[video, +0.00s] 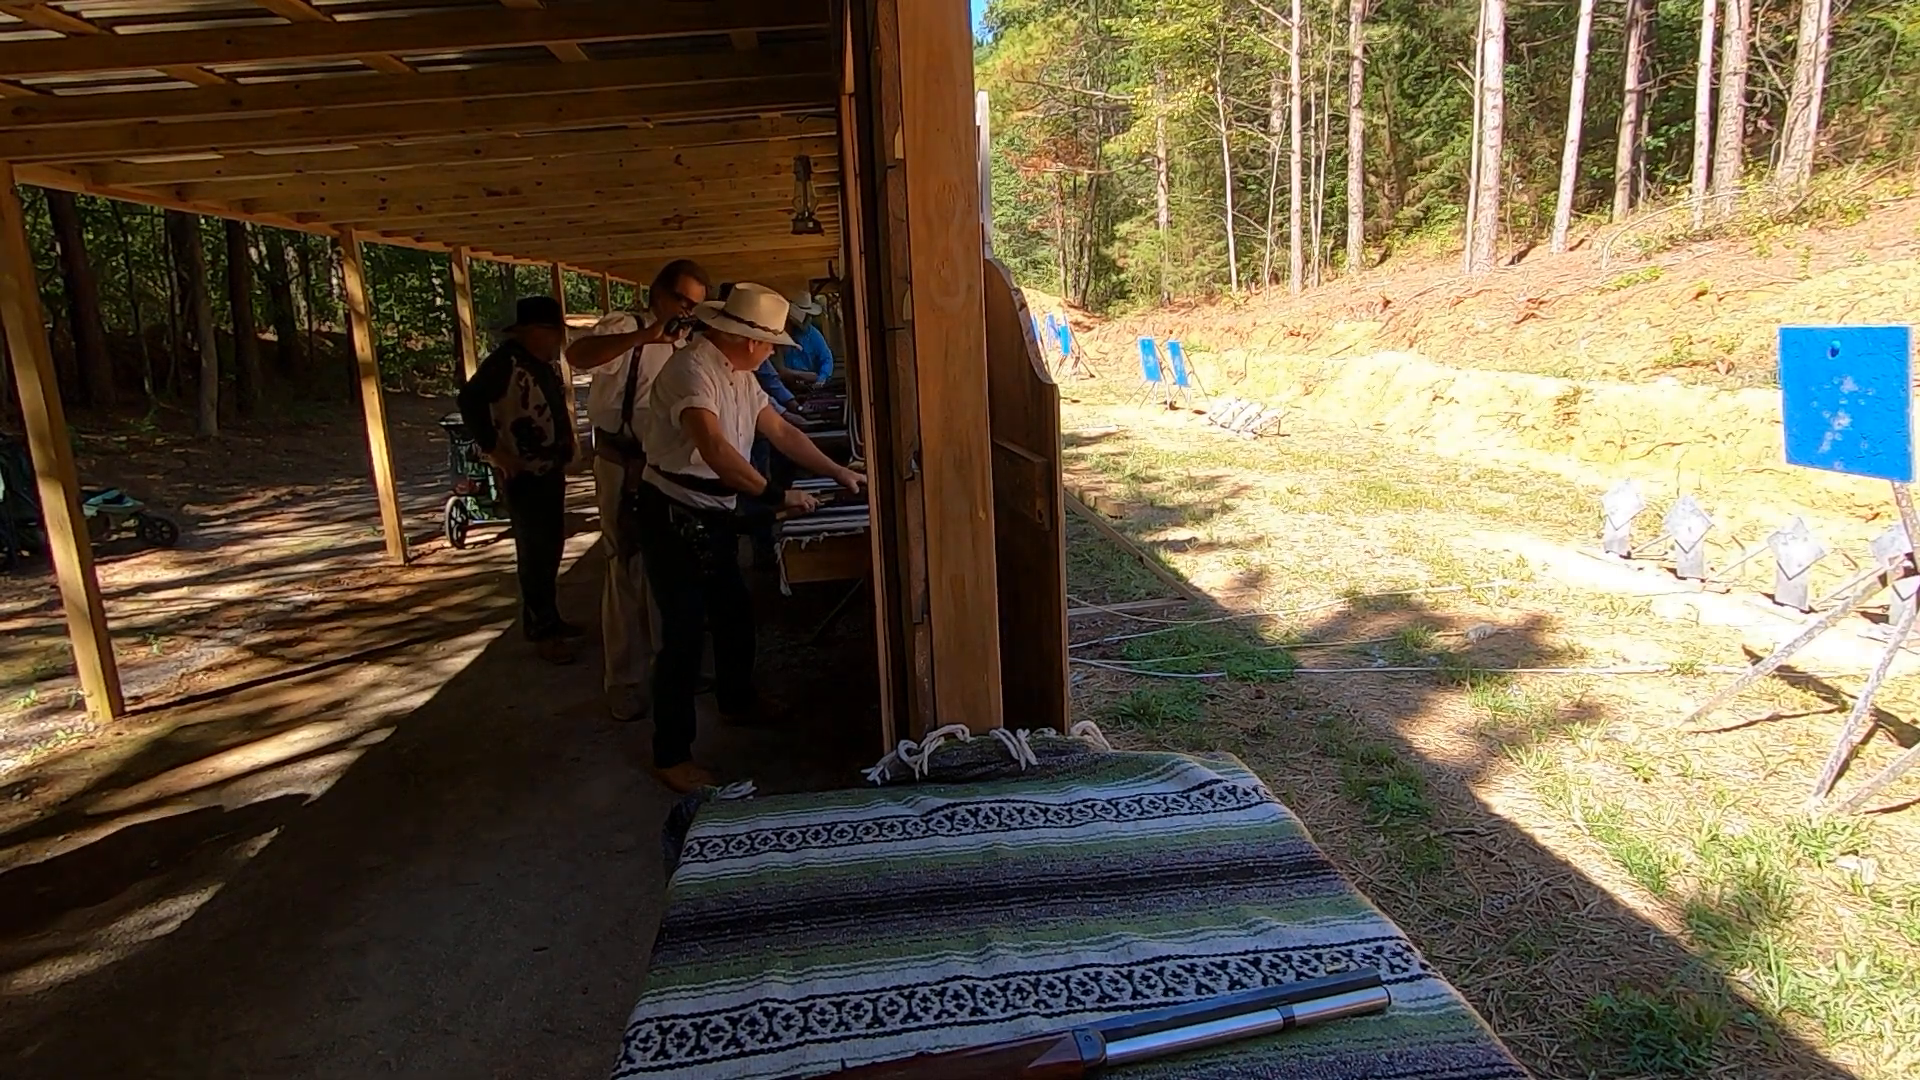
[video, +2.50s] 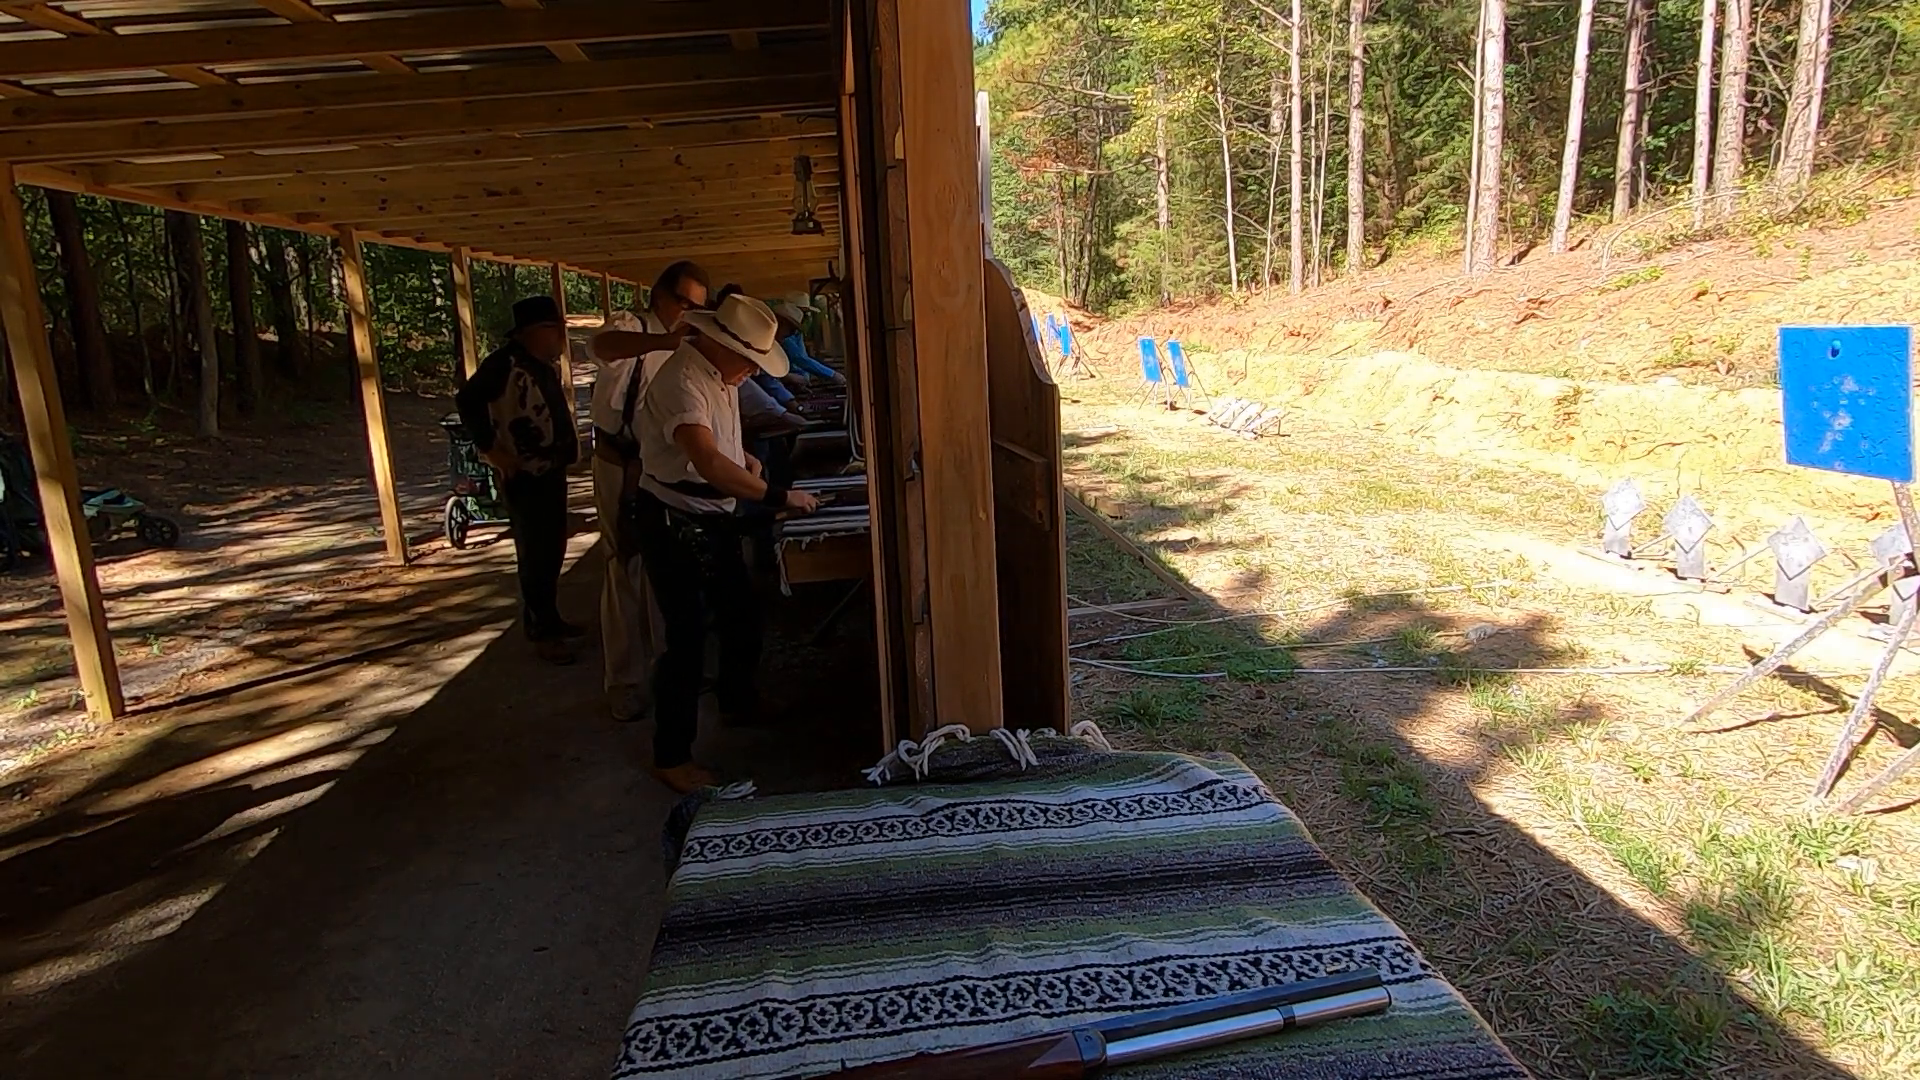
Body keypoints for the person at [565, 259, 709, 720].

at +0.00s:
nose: (685, 311)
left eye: (694, 306)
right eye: (680, 300)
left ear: (700, 309)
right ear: (657, 293)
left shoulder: (693, 346)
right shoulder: (625, 326)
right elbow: (577, 355)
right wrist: (644, 337)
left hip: (673, 464)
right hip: (619, 463)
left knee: (672, 569)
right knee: (625, 572)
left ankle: (676, 670)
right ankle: (623, 682)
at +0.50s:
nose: (686, 310)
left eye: (695, 305)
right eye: (680, 299)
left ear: (702, 308)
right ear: (657, 293)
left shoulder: (695, 346)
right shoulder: (626, 327)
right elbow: (579, 357)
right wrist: (647, 337)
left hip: (675, 465)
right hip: (620, 464)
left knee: (673, 571)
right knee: (626, 572)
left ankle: (677, 671)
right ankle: (624, 683)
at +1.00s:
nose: (687, 313)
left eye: (696, 307)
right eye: (681, 302)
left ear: (702, 311)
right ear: (657, 296)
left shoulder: (694, 348)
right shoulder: (626, 328)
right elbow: (579, 358)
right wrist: (649, 339)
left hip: (675, 467)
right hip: (621, 467)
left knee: (672, 571)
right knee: (626, 573)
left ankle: (677, 672)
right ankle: (625, 685)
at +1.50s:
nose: (686, 312)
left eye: (694, 307)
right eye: (681, 302)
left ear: (698, 309)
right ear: (659, 294)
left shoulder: (690, 346)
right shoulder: (627, 327)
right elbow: (581, 357)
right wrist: (645, 340)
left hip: (669, 463)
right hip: (618, 463)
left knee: (670, 568)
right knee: (626, 571)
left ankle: (673, 671)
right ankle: (624, 683)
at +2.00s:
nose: (687, 312)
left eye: (693, 306)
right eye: (681, 302)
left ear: (695, 309)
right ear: (658, 298)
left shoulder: (694, 352)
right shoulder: (629, 342)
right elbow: (589, 347)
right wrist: (664, 337)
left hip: (672, 464)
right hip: (621, 468)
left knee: (674, 570)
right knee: (627, 575)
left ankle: (675, 672)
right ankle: (624, 685)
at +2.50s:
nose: (690, 314)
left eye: (696, 309)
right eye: (684, 304)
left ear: (698, 310)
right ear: (659, 297)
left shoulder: (692, 347)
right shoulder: (631, 326)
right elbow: (599, 347)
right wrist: (668, 342)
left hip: (670, 464)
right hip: (619, 465)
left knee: (673, 566)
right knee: (626, 572)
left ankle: (674, 668)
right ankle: (623, 681)